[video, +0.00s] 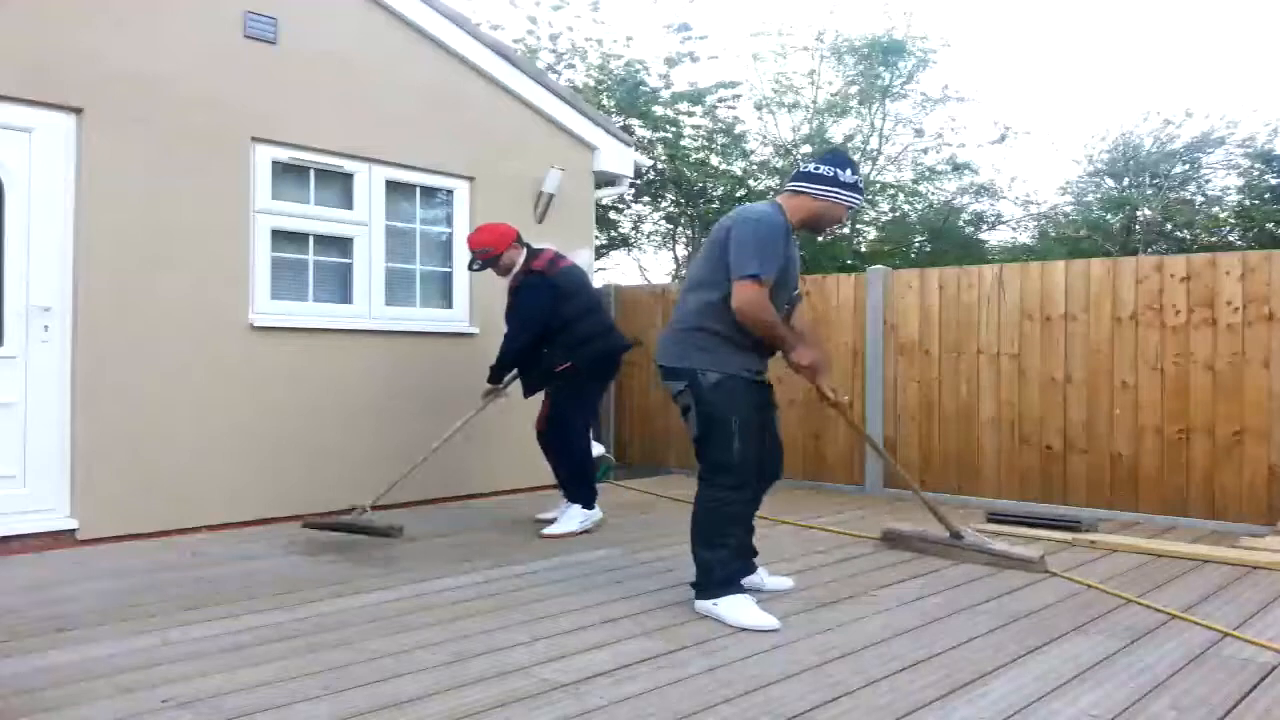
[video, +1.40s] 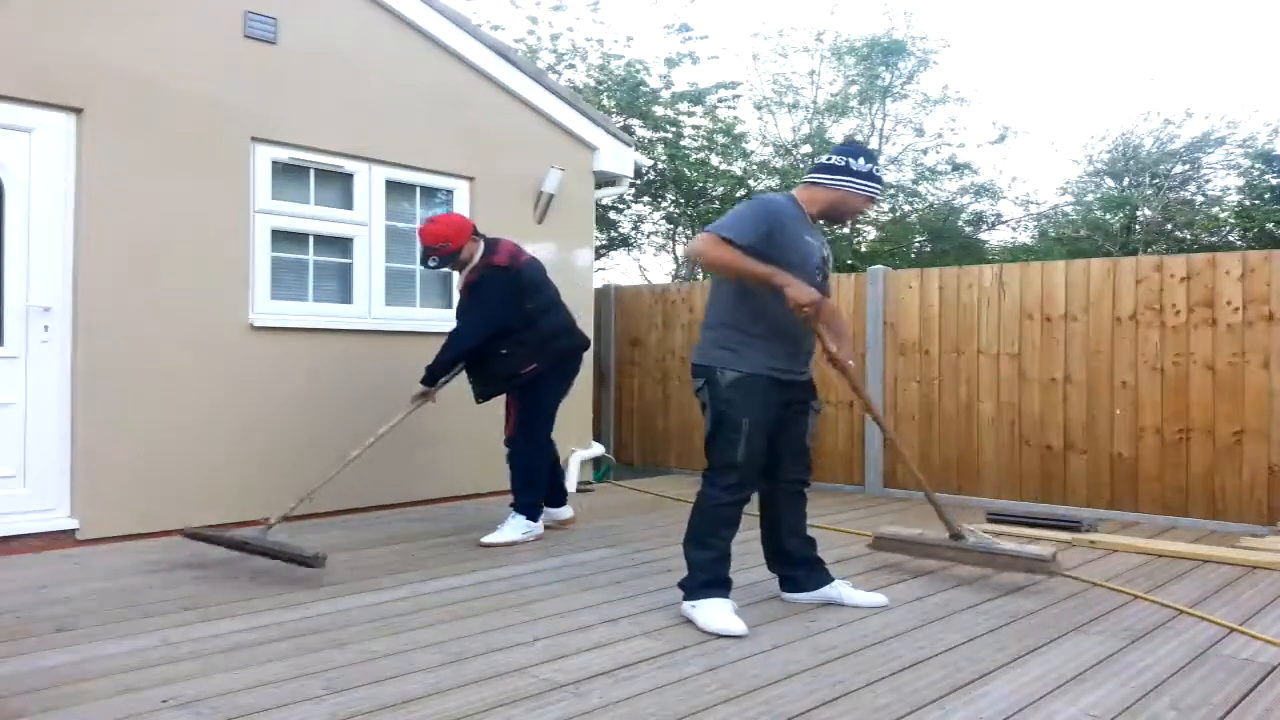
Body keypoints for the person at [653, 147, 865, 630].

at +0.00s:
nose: (843, 221)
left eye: (848, 212)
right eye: (845, 209)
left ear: (814, 192)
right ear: (825, 195)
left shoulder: (786, 245)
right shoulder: (759, 221)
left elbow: (786, 315)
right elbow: (746, 303)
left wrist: (812, 357)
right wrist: (789, 344)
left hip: (740, 367)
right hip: (707, 363)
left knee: (762, 464)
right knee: (729, 470)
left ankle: (737, 566)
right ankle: (714, 589)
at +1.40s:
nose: (863, 211)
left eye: (868, 204)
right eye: (865, 200)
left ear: (838, 186)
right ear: (842, 186)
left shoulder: (818, 246)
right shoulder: (770, 209)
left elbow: (821, 304)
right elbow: (703, 248)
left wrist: (839, 340)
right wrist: (783, 280)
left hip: (790, 377)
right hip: (736, 370)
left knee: (787, 483)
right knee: (729, 482)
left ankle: (803, 580)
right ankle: (704, 591)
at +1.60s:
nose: (856, 211)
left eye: (860, 202)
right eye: (857, 199)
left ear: (826, 185)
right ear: (831, 185)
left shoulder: (811, 239)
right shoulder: (747, 208)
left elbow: (814, 300)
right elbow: (666, 235)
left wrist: (812, 345)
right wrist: (740, 270)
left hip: (777, 372)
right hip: (715, 367)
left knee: (797, 472)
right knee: (714, 478)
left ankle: (803, 579)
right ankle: (702, 592)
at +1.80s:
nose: (861, 211)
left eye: (866, 202)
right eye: (862, 200)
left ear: (831, 187)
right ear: (835, 186)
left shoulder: (815, 242)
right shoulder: (752, 209)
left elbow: (814, 306)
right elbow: (678, 255)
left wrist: (820, 361)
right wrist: (756, 301)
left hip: (775, 374)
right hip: (712, 367)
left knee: (798, 476)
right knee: (710, 480)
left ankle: (818, 587)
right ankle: (702, 593)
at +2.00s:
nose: (882, 216)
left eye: (886, 208)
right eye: (882, 205)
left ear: (853, 188)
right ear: (857, 188)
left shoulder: (833, 244)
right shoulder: (770, 213)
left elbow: (839, 315)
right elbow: (721, 276)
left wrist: (852, 377)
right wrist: (797, 320)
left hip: (780, 373)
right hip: (717, 365)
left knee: (802, 481)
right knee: (710, 481)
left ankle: (818, 593)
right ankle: (702, 592)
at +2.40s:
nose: (910, 207)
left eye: (916, 198)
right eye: (910, 194)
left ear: (889, 184)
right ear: (883, 178)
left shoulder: (878, 237)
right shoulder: (796, 208)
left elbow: (883, 302)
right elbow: (730, 254)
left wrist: (887, 353)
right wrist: (814, 281)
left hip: (823, 376)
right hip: (753, 368)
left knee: (816, 489)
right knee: (735, 484)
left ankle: (820, 593)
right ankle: (713, 592)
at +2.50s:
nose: (917, 204)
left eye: (923, 195)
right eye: (915, 191)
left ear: (900, 184)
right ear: (887, 175)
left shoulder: (892, 241)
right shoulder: (794, 206)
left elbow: (890, 310)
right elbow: (708, 232)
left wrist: (872, 340)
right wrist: (774, 256)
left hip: (833, 381)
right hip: (759, 369)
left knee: (820, 490)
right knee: (737, 482)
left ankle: (820, 594)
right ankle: (714, 592)